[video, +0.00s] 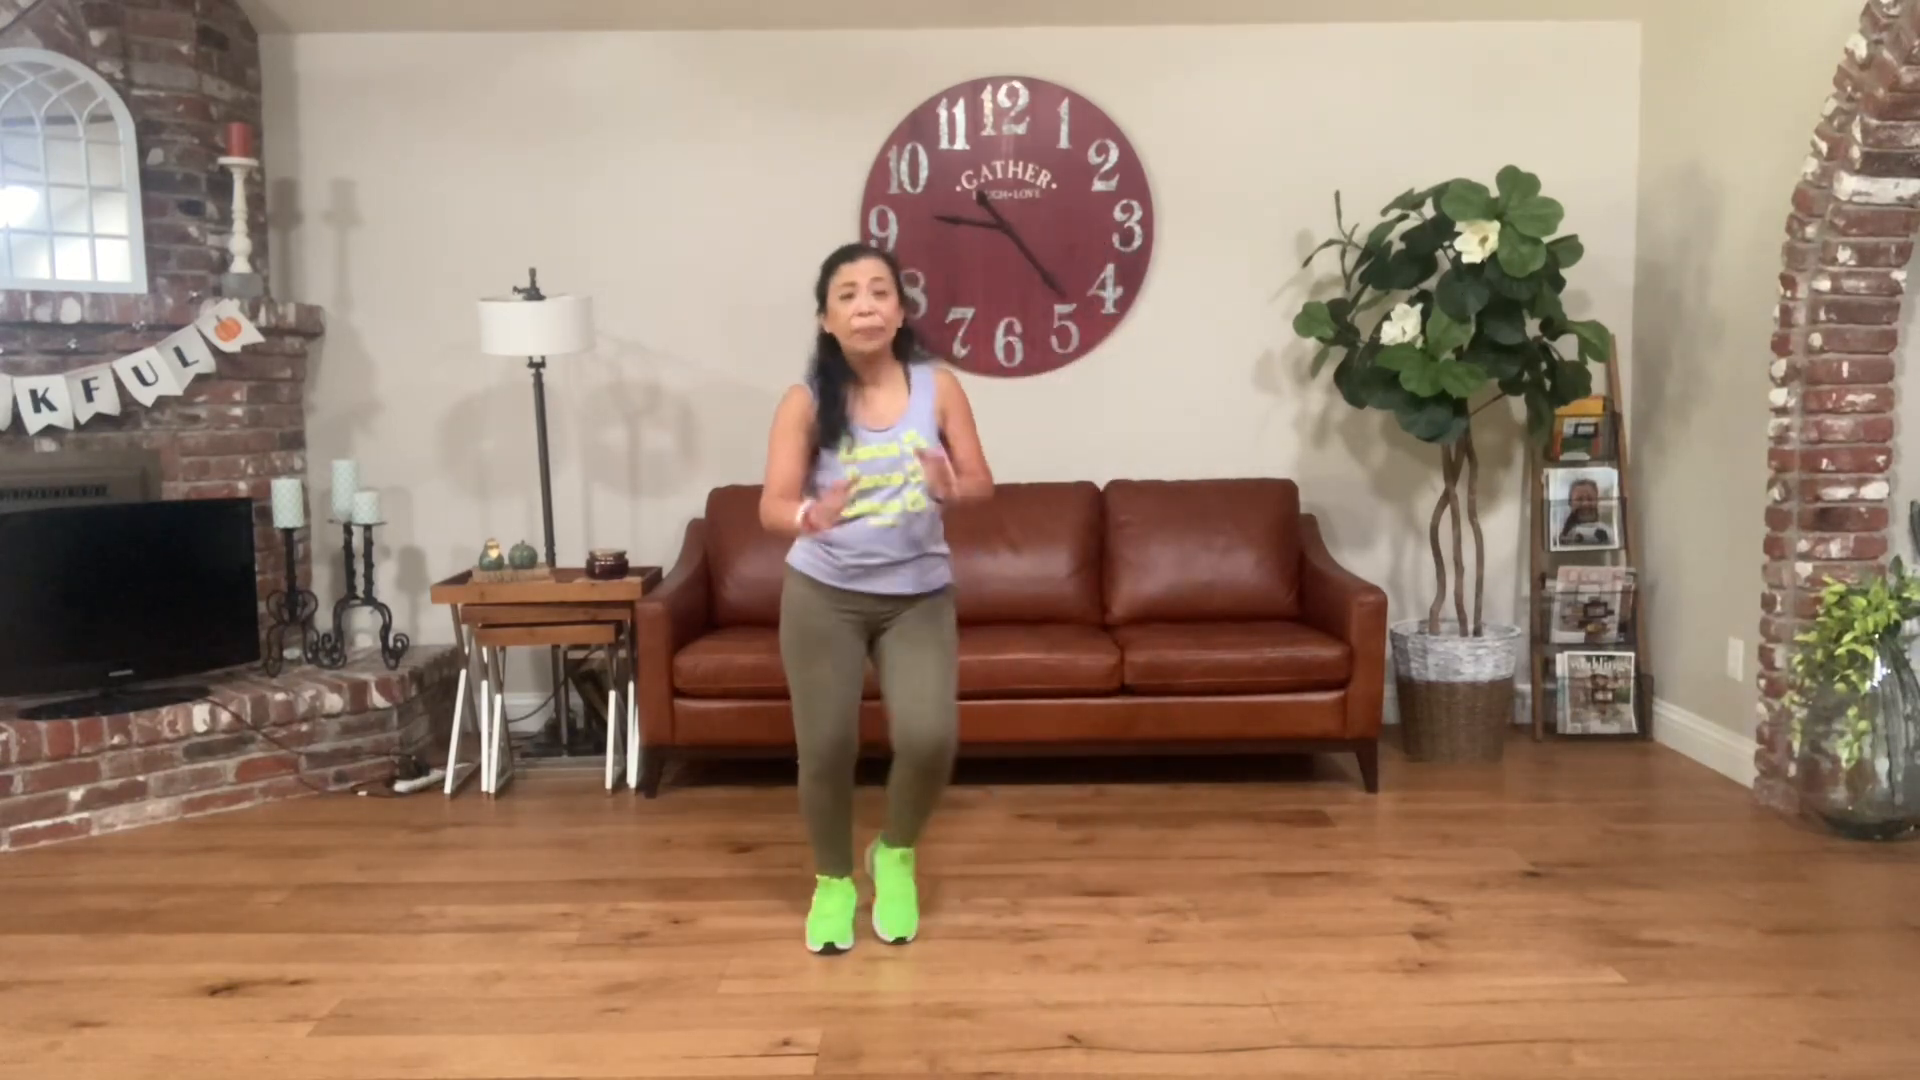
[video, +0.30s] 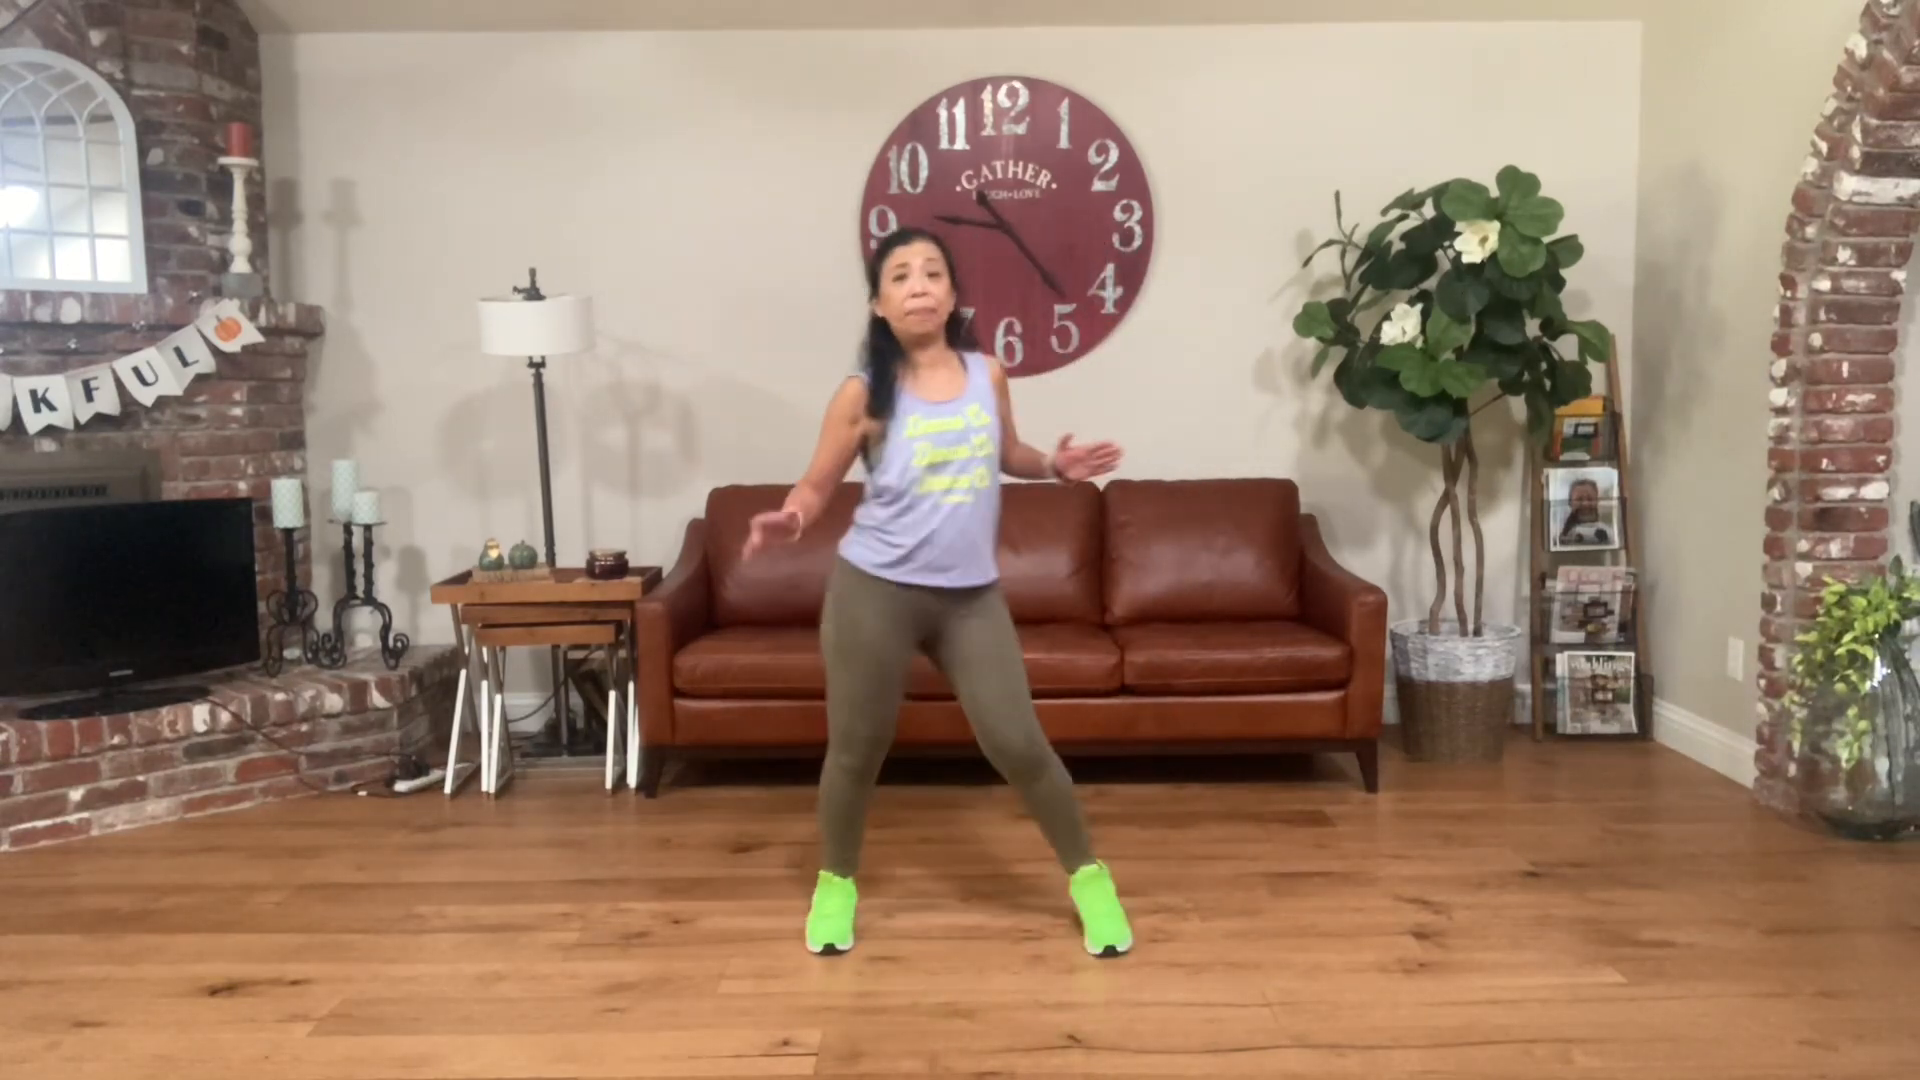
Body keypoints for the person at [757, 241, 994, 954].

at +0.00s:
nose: (866, 305)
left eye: (880, 291)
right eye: (848, 295)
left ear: (901, 308)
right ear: (825, 316)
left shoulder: (937, 386)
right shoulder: (807, 400)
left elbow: (981, 485)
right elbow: (773, 507)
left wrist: (953, 484)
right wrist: (810, 514)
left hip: (920, 594)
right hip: (822, 594)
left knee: (929, 739)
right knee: (826, 745)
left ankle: (895, 856)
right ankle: (834, 882)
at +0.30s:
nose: (920, 287)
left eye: (933, 274)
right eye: (902, 278)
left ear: (954, 294)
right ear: (878, 302)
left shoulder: (987, 374)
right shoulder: (864, 392)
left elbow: (1006, 452)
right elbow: (818, 481)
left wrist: (1053, 463)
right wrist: (797, 512)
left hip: (970, 592)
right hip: (874, 587)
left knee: (1018, 745)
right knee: (858, 744)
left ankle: (1088, 877)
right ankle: (837, 884)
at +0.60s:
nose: (1011, 287)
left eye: (1025, 272)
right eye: (993, 276)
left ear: (1048, 290)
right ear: (971, 299)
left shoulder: (1083, 371)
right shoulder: (957, 386)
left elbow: (1134, 452)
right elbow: (901, 496)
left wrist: (1167, 425)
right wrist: (885, 457)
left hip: (1075, 584)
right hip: (976, 582)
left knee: (1091, 735)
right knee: (939, 732)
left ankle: (1098, 882)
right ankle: (867, 858)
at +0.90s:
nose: (1037, 288)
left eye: (1052, 272)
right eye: (1020, 275)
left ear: (1075, 289)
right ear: (1000, 294)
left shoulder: (1106, 370)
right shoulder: (975, 375)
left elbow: (1123, 477)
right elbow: (984, 475)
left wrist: (1074, 442)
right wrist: (1042, 424)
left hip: (1106, 576)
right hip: (1012, 588)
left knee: (1111, 732)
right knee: (1055, 739)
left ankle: (1101, 879)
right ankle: (1047, 871)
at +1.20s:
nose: (1011, 303)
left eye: (1028, 288)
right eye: (997, 290)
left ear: (1058, 301)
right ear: (981, 305)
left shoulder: (1098, 384)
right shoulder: (965, 388)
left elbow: (1155, 483)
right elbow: (920, 489)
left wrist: (1127, 473)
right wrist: (909, 480)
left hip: (1088, 583)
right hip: (993, 584)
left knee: (1092, 736)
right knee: (944, 702)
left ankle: (1097, 881)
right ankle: (972, 826)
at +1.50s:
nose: (946, 288)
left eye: (963, 274)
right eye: (931, 274)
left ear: (987, 292)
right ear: (911, 292)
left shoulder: (1013, 381)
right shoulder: (892, 372)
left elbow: (1072, 461)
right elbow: (899, 446)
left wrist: (1106, 471)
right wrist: (831, 465)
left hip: (1003, 590)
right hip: (901, 595)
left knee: (1041, 741)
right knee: (874, 743)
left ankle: (1094, 884)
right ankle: (835, 881)